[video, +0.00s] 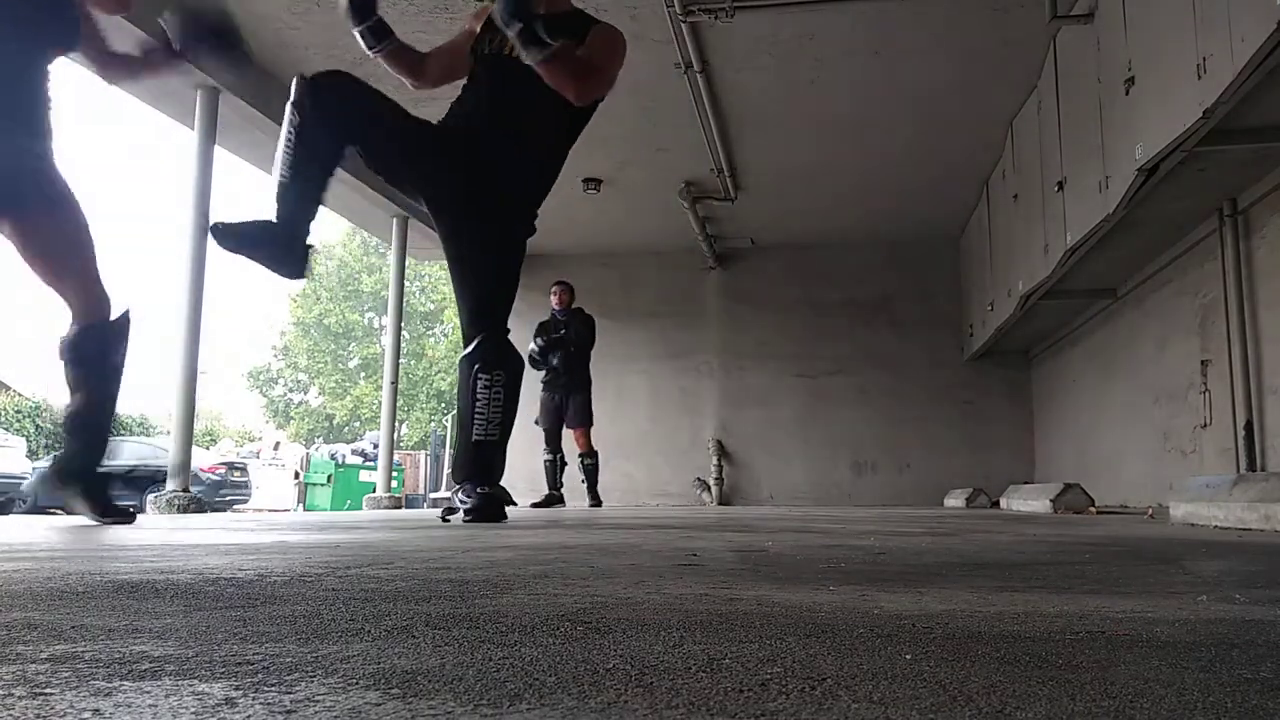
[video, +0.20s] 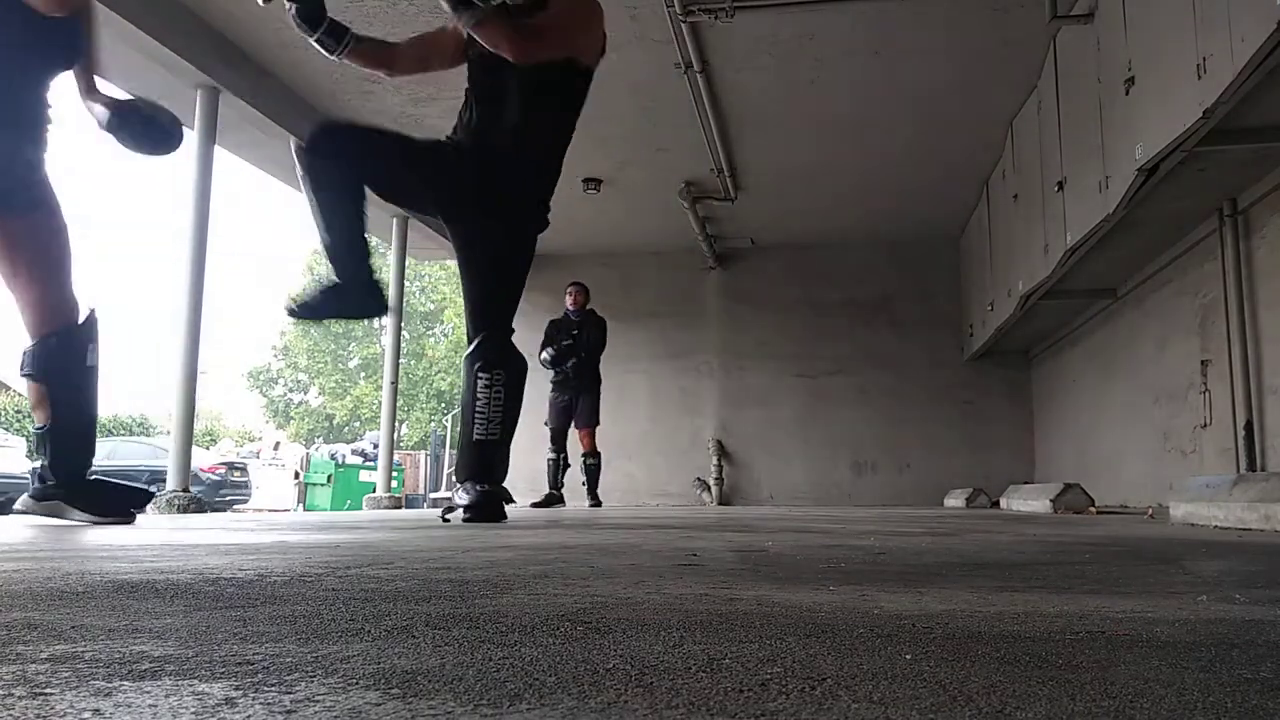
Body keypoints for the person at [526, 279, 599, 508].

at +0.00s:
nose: (558, 297)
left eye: (562, 293)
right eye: (554, 294)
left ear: (571, 297)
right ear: (550, 299)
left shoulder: (583, 320)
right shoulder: (544, 326)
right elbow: (534, 359)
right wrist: (548, 358)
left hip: (577, 388)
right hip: (551, 388)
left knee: (582, 438)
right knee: (550, 439)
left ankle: (592, 491)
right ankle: (554, 492)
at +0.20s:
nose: (573, 298)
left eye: (578, 294)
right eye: (569, 294)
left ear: (586, 298)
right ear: (564, 299)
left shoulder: (596, 322)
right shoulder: (555, 325)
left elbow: (594, 352)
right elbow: (544, 354)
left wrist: (574, 365)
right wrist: (551, 358)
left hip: (587, 388)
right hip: (560, 388)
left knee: (586, 436)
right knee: (556, 437)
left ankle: (592, 491)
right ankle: (554, 491)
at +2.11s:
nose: (564, 313)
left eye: (568, 309)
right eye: (560, 310)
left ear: (577, 312)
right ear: (556, 314)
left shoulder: (590, 333)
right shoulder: (551, 339)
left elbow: (604, 359)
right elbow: (548, 369)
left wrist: (578, 363)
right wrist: (553, 383)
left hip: (586, 396)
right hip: (562, 399)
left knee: (587, 439)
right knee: (569, 444)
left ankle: (594, 492)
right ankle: (576, 492)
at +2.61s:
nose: (579, 321)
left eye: (583, 316)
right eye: (575, 316)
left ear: (592, 314)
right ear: (571, 316)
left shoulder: (604, 333)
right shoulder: (566, 335)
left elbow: (608, 363)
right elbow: (558, 365)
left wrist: (584, 365)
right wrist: (570, 374)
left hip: (595, 396)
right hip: (571, 396)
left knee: (594, 439)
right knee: (573, 442)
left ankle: (602, 494)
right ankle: (577, 493)